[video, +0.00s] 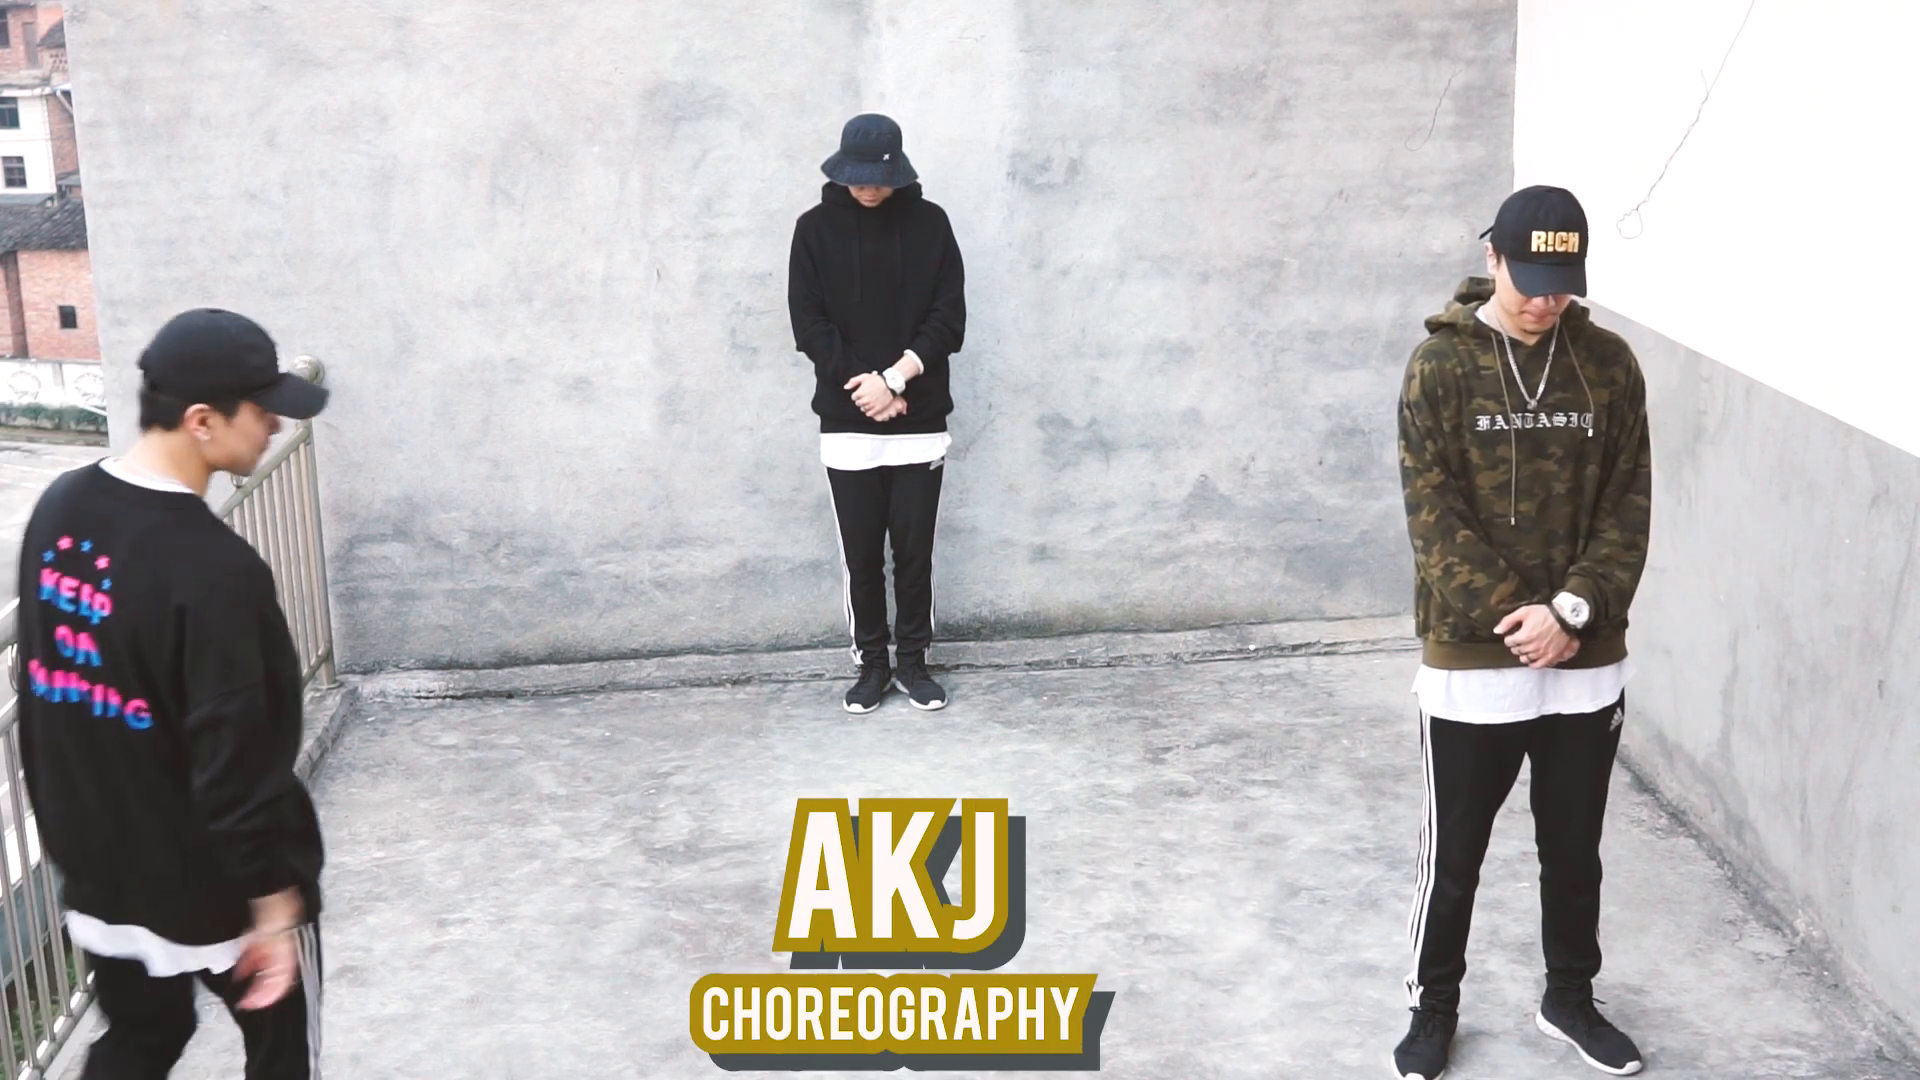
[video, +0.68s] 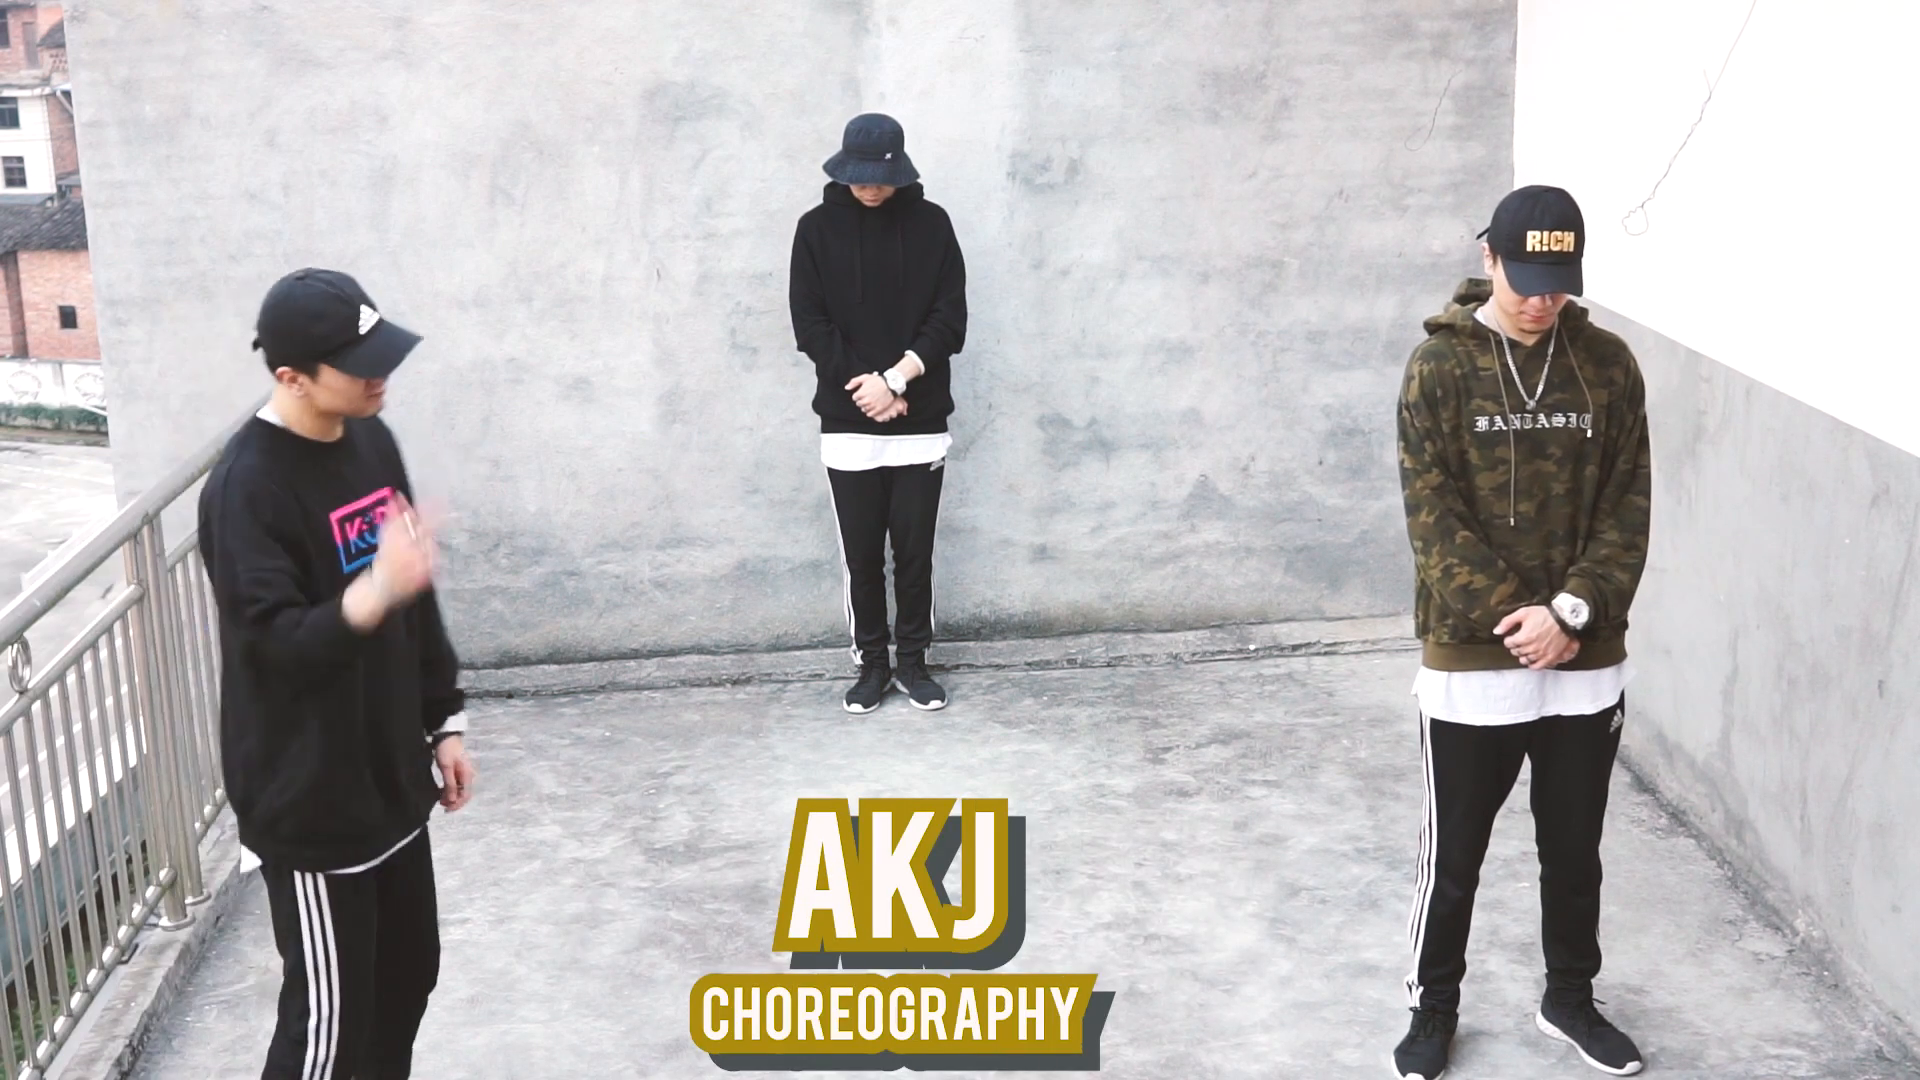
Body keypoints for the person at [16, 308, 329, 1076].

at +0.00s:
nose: (277, 425)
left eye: (276, 409)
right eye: (264, 409)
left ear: (192, 415)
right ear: (202, 420)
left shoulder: (61, 506)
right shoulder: (217, 570)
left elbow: (40, 706)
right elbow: (237, 765)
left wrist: (73, 840)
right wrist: (275, 910)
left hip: (96, 871)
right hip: (215, 887)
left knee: (142, 1033)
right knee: (280, 1053)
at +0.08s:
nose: (303, 419)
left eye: (300, 402)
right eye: (289, 402)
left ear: (214, 408)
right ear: (223, 412)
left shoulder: (95, 496)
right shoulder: (234, 562)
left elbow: (84, 688)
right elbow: (270, 757)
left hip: (132, 849)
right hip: (249, 869)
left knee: (179, 1006)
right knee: (297, 1038)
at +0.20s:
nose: (317, 403)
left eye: (315, 387)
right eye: (302, 389)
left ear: (225, 395)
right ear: (232, 398)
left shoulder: (136, 476)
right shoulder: (240, 537)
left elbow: (150, 665)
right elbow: (321, 714)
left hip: (182, 842)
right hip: (270, 866)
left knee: (238, 1039)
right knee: (299, 1058)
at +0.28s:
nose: (321, 404)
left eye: (318, 388)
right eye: (304, 390)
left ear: (232, 395)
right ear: (236, 398)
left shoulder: (166, 469)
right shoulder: (234, 531)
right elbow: (384, 674)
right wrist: (451, 542)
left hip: (217, 836)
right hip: (280, 858)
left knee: (286, 1045)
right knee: (306, 1060)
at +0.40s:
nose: (340, 384)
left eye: (335, 369)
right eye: (318, 378)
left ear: (253, 401)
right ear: (252, 400)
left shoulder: (234, 462)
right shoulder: (229, 521)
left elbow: (273, 649)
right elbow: (398, 632)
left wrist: (358, 740)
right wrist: (439, 491)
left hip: (301, 801)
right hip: (294, 830)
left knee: (330, 1019)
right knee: (324, 1049)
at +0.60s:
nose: (361, 388)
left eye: (360, 370)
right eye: (343, 375)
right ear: (275, 379)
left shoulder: (335, 443)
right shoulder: (230, 499)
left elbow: (381, 602)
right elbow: (320, 630)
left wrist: (424, 712)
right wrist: (388, 536)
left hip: (373, 770)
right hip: (303, 796)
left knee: (403, 970)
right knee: (336, 1024)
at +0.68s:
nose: (382, 379)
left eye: (381, 361)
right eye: (362, 367)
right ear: (294, 376)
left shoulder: (371, 440)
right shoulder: (245, 484)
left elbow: (411, 588)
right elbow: (276, 645)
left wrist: (444, 725)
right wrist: (375, 591)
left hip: (391, 771)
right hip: (308, 793)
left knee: (408, 976)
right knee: (329, 1016)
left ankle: (376, 1077)